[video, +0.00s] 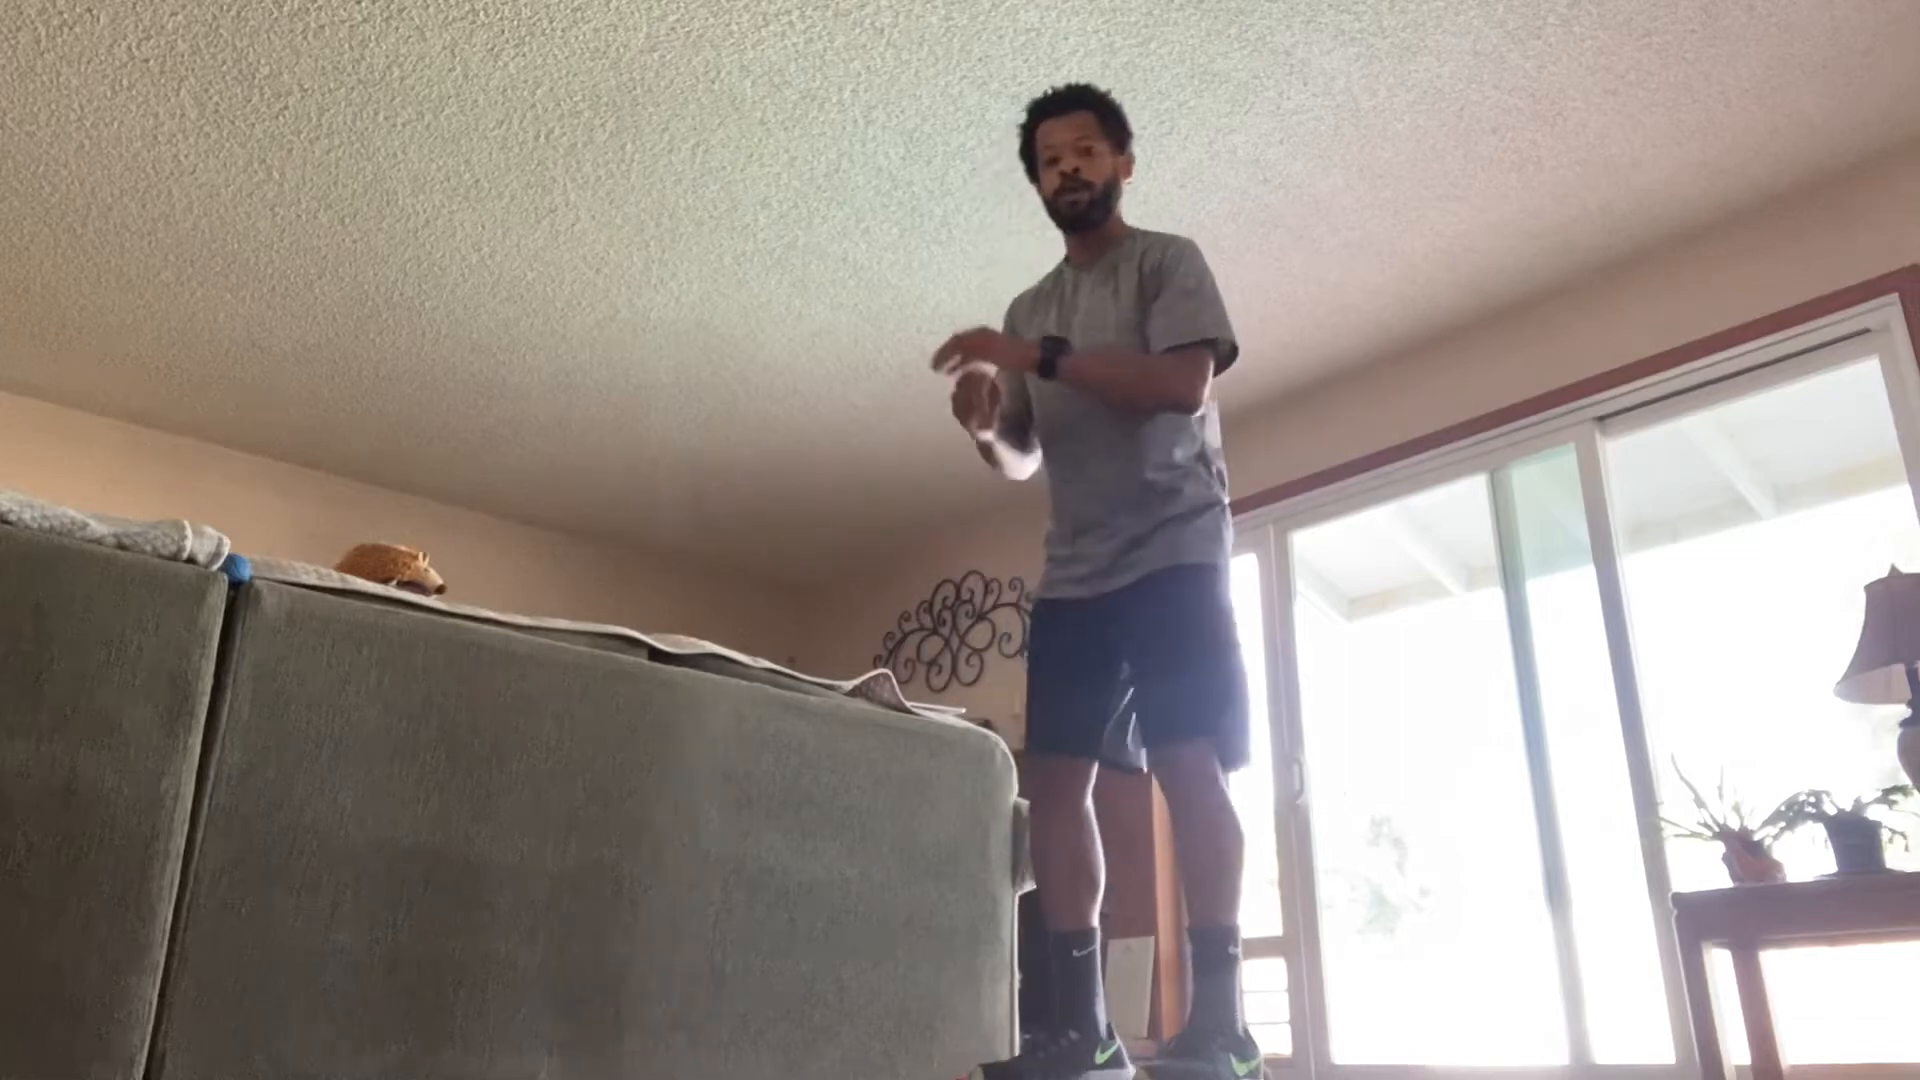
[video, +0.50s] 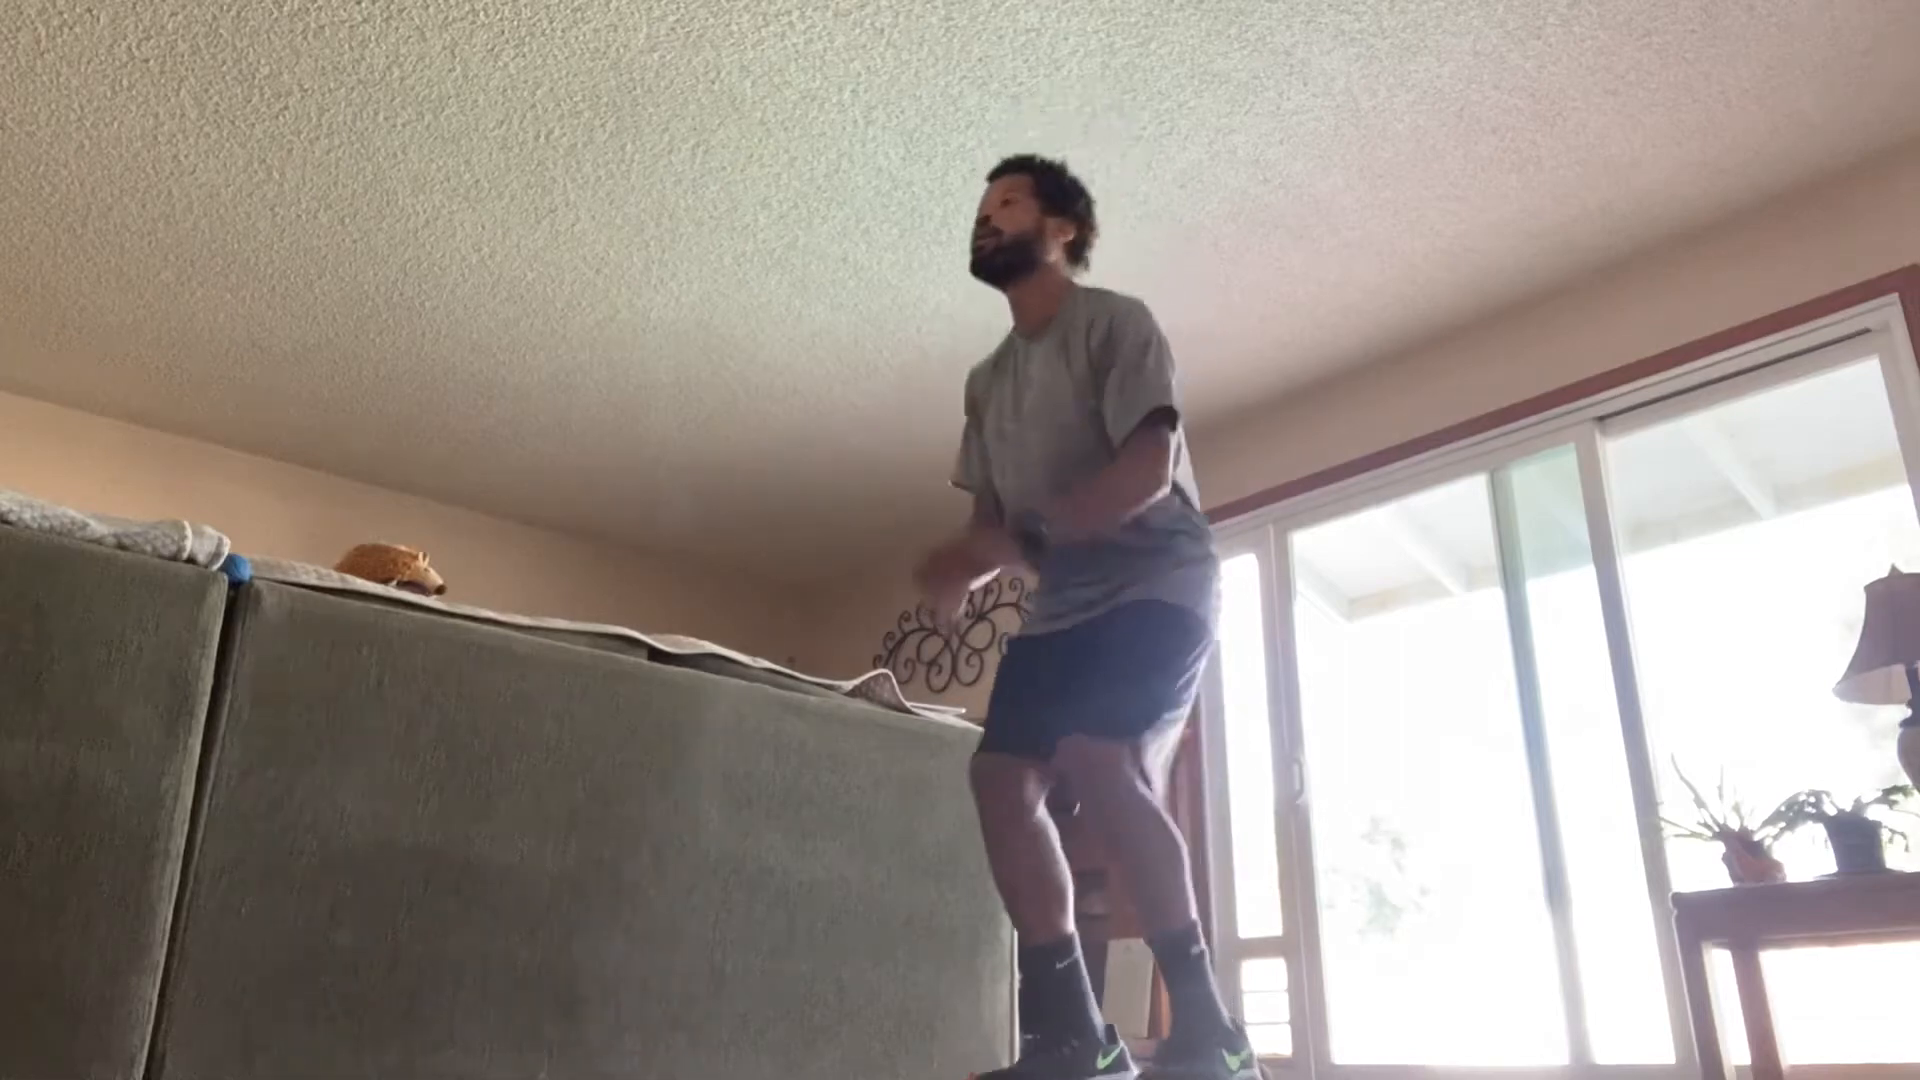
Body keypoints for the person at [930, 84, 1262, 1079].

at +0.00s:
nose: (1068, 169)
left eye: (1084, 151)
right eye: (1049, 162)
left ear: (1125, 161)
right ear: (1034, 189)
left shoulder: (1169, 260)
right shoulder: (1030, 314)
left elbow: (1182, 382)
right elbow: (1023, 455)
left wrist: (1037, 356)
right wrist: (986, 424)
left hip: (1173, 555)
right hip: (1073, 571)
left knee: (1186, 766)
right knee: (1054, 779)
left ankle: (1216, 1023)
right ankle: (1067, 1024)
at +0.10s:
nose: (1066, 167)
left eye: (1083, 149)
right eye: (1048, 159)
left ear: (1124, 163)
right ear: (1032, 187)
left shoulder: (1164, 258)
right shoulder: (1023, 310)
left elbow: (1170, 377)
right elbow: (1003, 456)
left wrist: (1027, 328)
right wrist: (973, 396)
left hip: (1169, 553)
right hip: (1069, 573)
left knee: (1182, 767)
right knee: (1061, 786)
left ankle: (1215, 1024)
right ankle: (1072, 1031)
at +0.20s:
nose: (1049, 166)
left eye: (1068, 149)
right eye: (1034, 158)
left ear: (1114, 165)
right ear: (1022, 186)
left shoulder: (1154, 255)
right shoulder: (1012, 307)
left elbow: (1159, 372)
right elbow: (991, 449)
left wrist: (1020, 322)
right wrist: (970, 381)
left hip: (1161, 553)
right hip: (1060, 574)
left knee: (1181, 769)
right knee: (1062, 787)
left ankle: (1214, 1025)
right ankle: (1075, 1033)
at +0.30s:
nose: (1023, 164)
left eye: (1044, 147)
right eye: (1013, 154)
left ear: (1098, 168)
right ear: (1008, 182)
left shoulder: (1140, 256)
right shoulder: (1002, 310)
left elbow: (1155, 379)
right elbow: (991, 453)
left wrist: (1005, 346)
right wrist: (963, 396)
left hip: (1161, 554)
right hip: (1061, 576)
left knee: (1173, 768)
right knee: (1061, 785)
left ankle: (1216, 1025)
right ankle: (1071, 1033)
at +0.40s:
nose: (994, 184)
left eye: (1016, 168)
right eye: (990, 173)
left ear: (1074, 190)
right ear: (992, 201)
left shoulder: (1122, 278)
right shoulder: (987, 336)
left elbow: (1150, 414)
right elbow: (1009, 474)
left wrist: (1006, 424)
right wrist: (964, 454)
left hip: (1160, 556)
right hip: (1064, 579)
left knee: (1139, 745)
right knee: (1039, 775)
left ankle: (1211, 1023)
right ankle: (1070, 1032)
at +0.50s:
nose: (984, 223)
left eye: (1006, 210)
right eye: (982, 212)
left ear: (1062, 230)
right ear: (982, 238)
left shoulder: (1117, 322)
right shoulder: (987, 381)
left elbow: (1153, 461)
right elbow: (996, 524)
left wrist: (1053, 526)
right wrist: (960, 568)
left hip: (1154, 586)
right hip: (1054, 607)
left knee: (1094, 759)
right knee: (1000, 775)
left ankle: (1205, 1032)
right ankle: (1069, 1036)